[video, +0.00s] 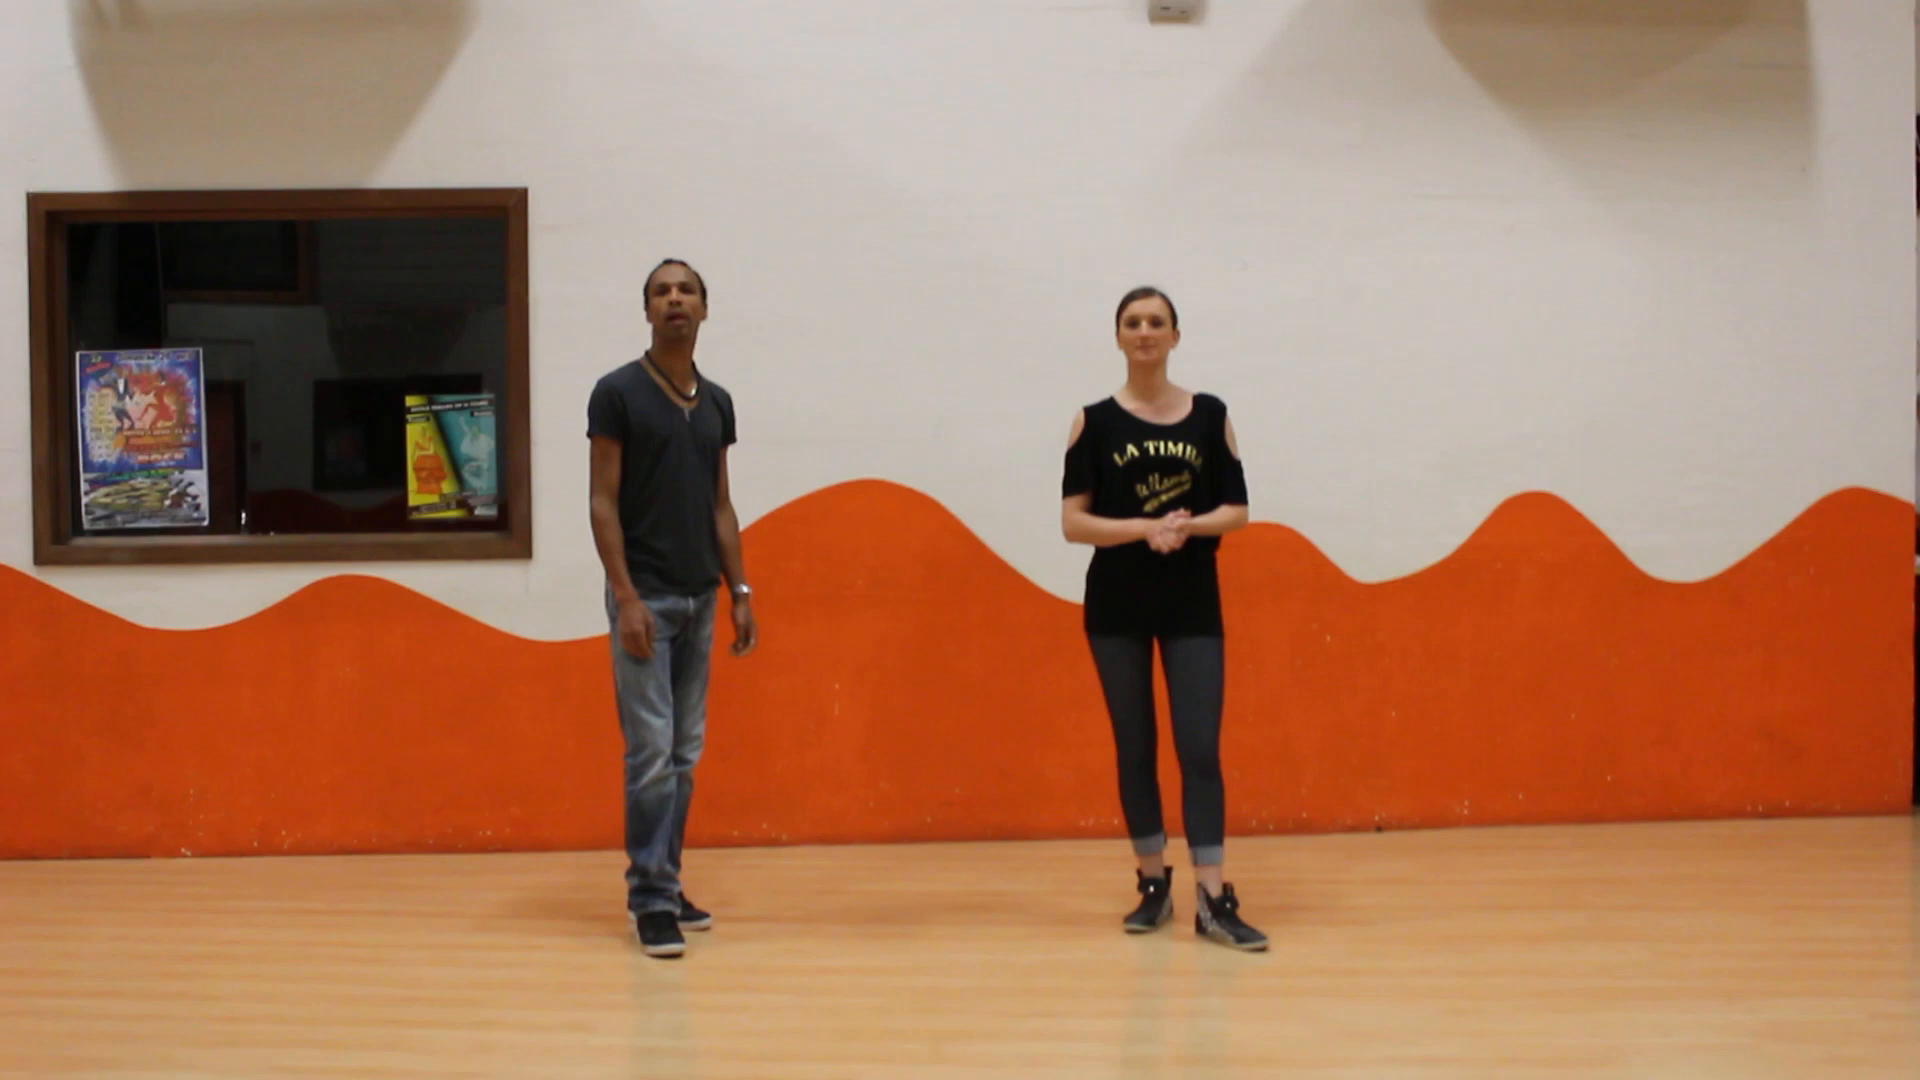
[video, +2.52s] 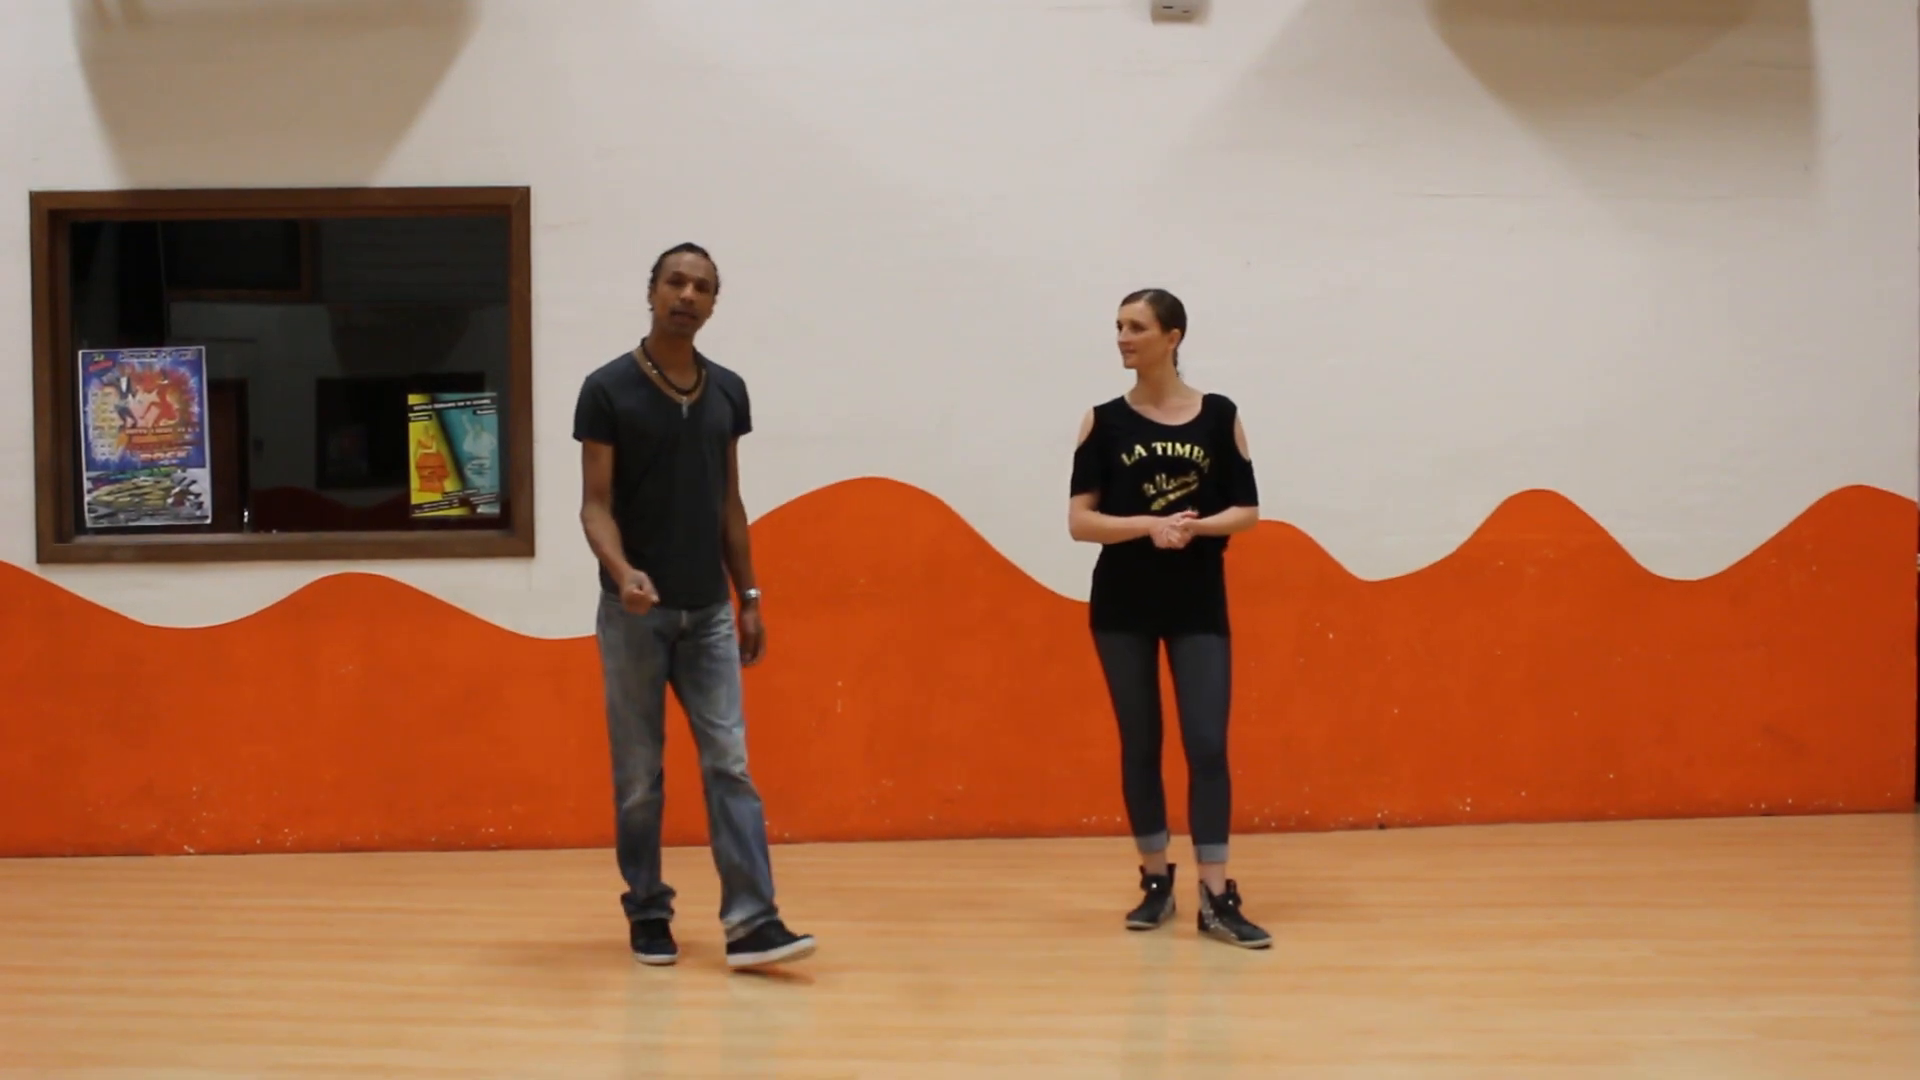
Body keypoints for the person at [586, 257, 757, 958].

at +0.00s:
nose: (674, 299)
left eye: (686, 290)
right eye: (662, 291)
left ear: (704, 309)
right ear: (645, 310)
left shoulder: (715, 402)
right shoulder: (618, 393)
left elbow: (720, 504)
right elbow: (603, 504)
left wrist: (740, 591)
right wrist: (626, 598)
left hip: (699, 594)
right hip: (643, 595)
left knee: (684, 749)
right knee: (652, 747)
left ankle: (664, 885)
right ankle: (652, 899)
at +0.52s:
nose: (681, 296)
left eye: (692, 288)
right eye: (668, 288)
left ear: (709, 308)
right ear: (649, 308)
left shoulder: (716, 400)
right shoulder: (623, 388)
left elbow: (718, 501)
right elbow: (612, 504)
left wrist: (734, 589)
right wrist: (644, 595)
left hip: (698, 591)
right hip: (643, 592)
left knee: (686, 746)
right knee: (654, 746)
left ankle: (667, 882)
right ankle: (654, 895)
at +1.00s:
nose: (681, 298)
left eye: (694, 290)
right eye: (670, 288)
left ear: (710, 310)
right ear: (651, 306)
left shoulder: (719, 399)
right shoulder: (618, 383)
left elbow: (723, 504)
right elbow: (603, 493)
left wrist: (741, 588)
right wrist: (613, 583)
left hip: (698, 590)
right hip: (641, 590)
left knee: (686, 743)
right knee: (658, 738)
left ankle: (666, 882)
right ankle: (653, 894)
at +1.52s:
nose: (681, 298)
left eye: (695, 290)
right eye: (671, 288)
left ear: (712, 311)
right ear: (651, 304)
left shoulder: (722, 398)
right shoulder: (612, 390)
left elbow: (727, 505)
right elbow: (594, 504)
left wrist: (746, 596)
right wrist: (591, 599)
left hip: (691, 598)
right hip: (626, 597)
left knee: (679, 752)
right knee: (641, 752)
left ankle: (665, 883)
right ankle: (644, 901)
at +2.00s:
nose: (661, 288)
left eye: (674, 279)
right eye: (648, 277)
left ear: (689, 299)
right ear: (625, 293)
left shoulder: (707, 386)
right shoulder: (593, 389)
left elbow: (713, 493)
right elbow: (587, 506)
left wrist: (736, 577)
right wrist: (607, 600)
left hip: (693, 601)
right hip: (626, 603)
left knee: (705, 751)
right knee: (638, 759)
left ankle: (672, 872)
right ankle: (645, 902)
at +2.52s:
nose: (689, 295)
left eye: (702, 287)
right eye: (677, 281)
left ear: (714, 303)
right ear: (650, 291)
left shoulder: (726, 392)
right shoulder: (608, 390)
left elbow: (729, 501)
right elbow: (595, 505)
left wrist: (748, 597)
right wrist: (621, 570)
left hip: (708, 608)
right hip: (634, 607)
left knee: (729, 761)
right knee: (639, 772)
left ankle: (751, 923)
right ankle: (648, 915)